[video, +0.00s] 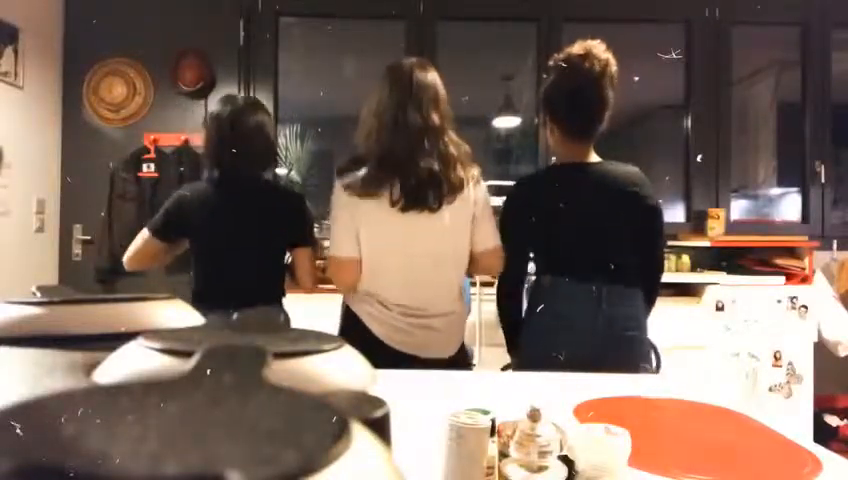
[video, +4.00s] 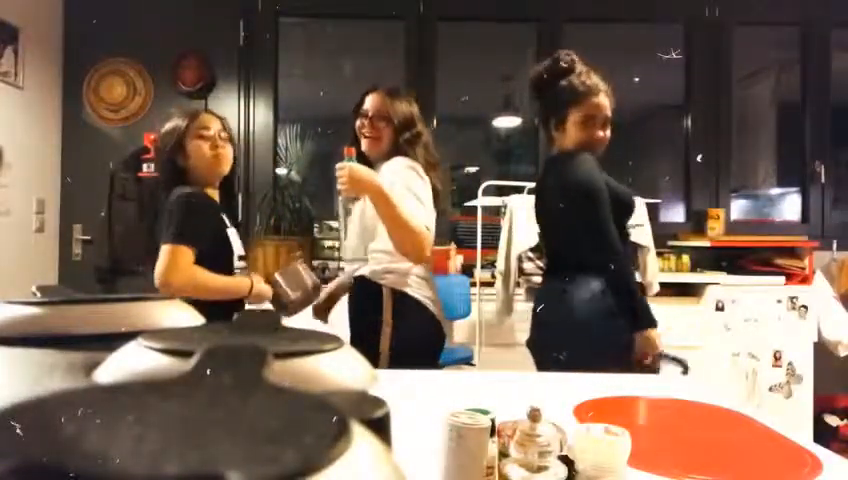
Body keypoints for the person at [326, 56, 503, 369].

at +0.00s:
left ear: (380, 112)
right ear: (440, 110)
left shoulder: (353, 187)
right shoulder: (468, 182)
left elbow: (345, 278)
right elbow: (492, 263)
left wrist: (330, 261)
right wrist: (443, 259)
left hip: (373, 349)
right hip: (445, 350)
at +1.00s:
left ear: (370, 123)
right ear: (433, 118)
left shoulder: (347, 199)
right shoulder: (465, 193)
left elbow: (331, 288)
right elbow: (483, 273)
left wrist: (371, 269)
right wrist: (435, 270)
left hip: (368, 357)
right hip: (442, 359)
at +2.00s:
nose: (394, 110)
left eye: (408, 105)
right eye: (393, 102)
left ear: (434, 119)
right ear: (386, 108)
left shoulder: (421, 177)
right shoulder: (403, 175)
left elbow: (426, 266)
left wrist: (367, 210)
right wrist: (363, 205)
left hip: (399, 322)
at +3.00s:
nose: (371, 116)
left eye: (384, 108)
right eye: (367, 107)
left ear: (412, 118)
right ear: (361, 112)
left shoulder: (401, 167)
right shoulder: (419, 171)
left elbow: (412, 251)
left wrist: (371, 180)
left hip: (392, 316)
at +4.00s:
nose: (366, 124)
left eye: (380, 118)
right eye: (362, 116)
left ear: (403, 128)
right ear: (355, 121)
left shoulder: (400, 170)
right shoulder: (383, 174)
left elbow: (419, 250)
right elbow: (379, 256)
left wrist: (374, 188)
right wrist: (338, 288)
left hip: (394, 307)